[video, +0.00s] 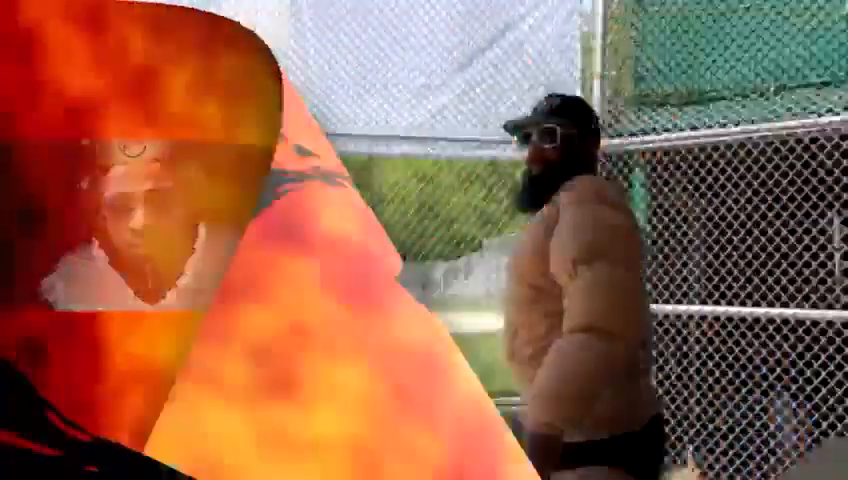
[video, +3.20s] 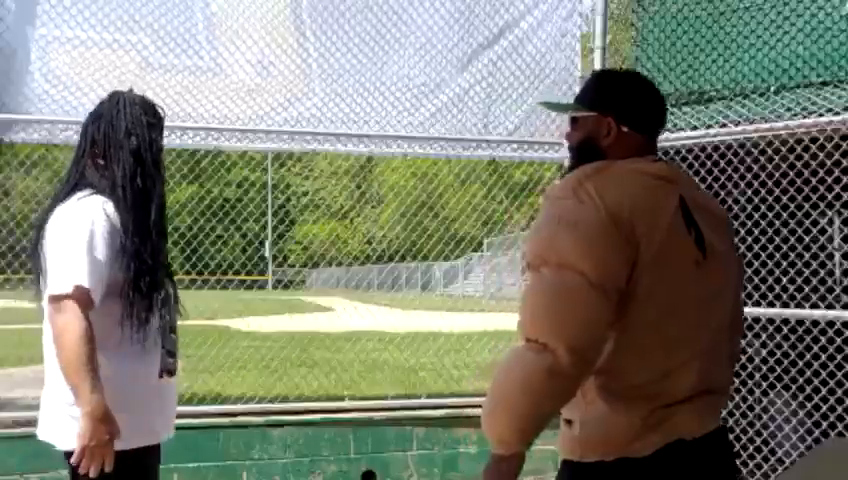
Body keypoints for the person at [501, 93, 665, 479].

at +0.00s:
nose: (532, 153)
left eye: (548, 139)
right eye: (529, 141)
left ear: (580, 146)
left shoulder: (586, 200)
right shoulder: (556, 210)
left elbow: (601, 330)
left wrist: (544, 421)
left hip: (598, 438)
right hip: (575, 438)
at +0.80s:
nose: (532, 152)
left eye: (548, 139)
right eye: (530, 141)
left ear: (588, 151)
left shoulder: (583, 203)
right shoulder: (574, 202)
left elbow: (590, 321)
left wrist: (539, 420)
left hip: (600, 438)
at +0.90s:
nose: (532, 153)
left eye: (546, 140)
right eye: (530, 142)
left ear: (588, 151)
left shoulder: (584, 202)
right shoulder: (576, 202)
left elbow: (592, 320)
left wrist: (544, 423)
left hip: (603, 437)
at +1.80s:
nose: (520, 148)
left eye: (534, 135)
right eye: (523, 136)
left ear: (574, 145)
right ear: (575, 148)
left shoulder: (565, 205)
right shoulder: (601, 199)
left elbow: (559, 331)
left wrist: (491, 426)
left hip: (593, 450)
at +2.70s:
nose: (525, 136)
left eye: (534, 124)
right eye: (528, 124)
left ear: (568, 130)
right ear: (607, 136)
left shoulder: (553, 201)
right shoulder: (650, 199)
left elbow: (534, 347)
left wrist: (483, 457)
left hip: (588, 454)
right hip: (672, 438)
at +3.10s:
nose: (562, 135)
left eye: (571, 122)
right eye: (564, 122)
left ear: (605, 128)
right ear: (640, 133)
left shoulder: (586, 198)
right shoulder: (692, 199)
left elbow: (551, 342)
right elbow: (719, 324)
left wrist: (500, 445)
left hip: (612, 453)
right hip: (700, 440)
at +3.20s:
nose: (567, 135)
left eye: (576, 122)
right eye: (570, 122)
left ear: (610, 127)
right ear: (646, 133)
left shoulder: (591, 197)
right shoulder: (700, 201)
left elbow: (556, 343)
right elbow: (727, 329)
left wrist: (507, 446)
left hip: (615, 455)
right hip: (705, 444)